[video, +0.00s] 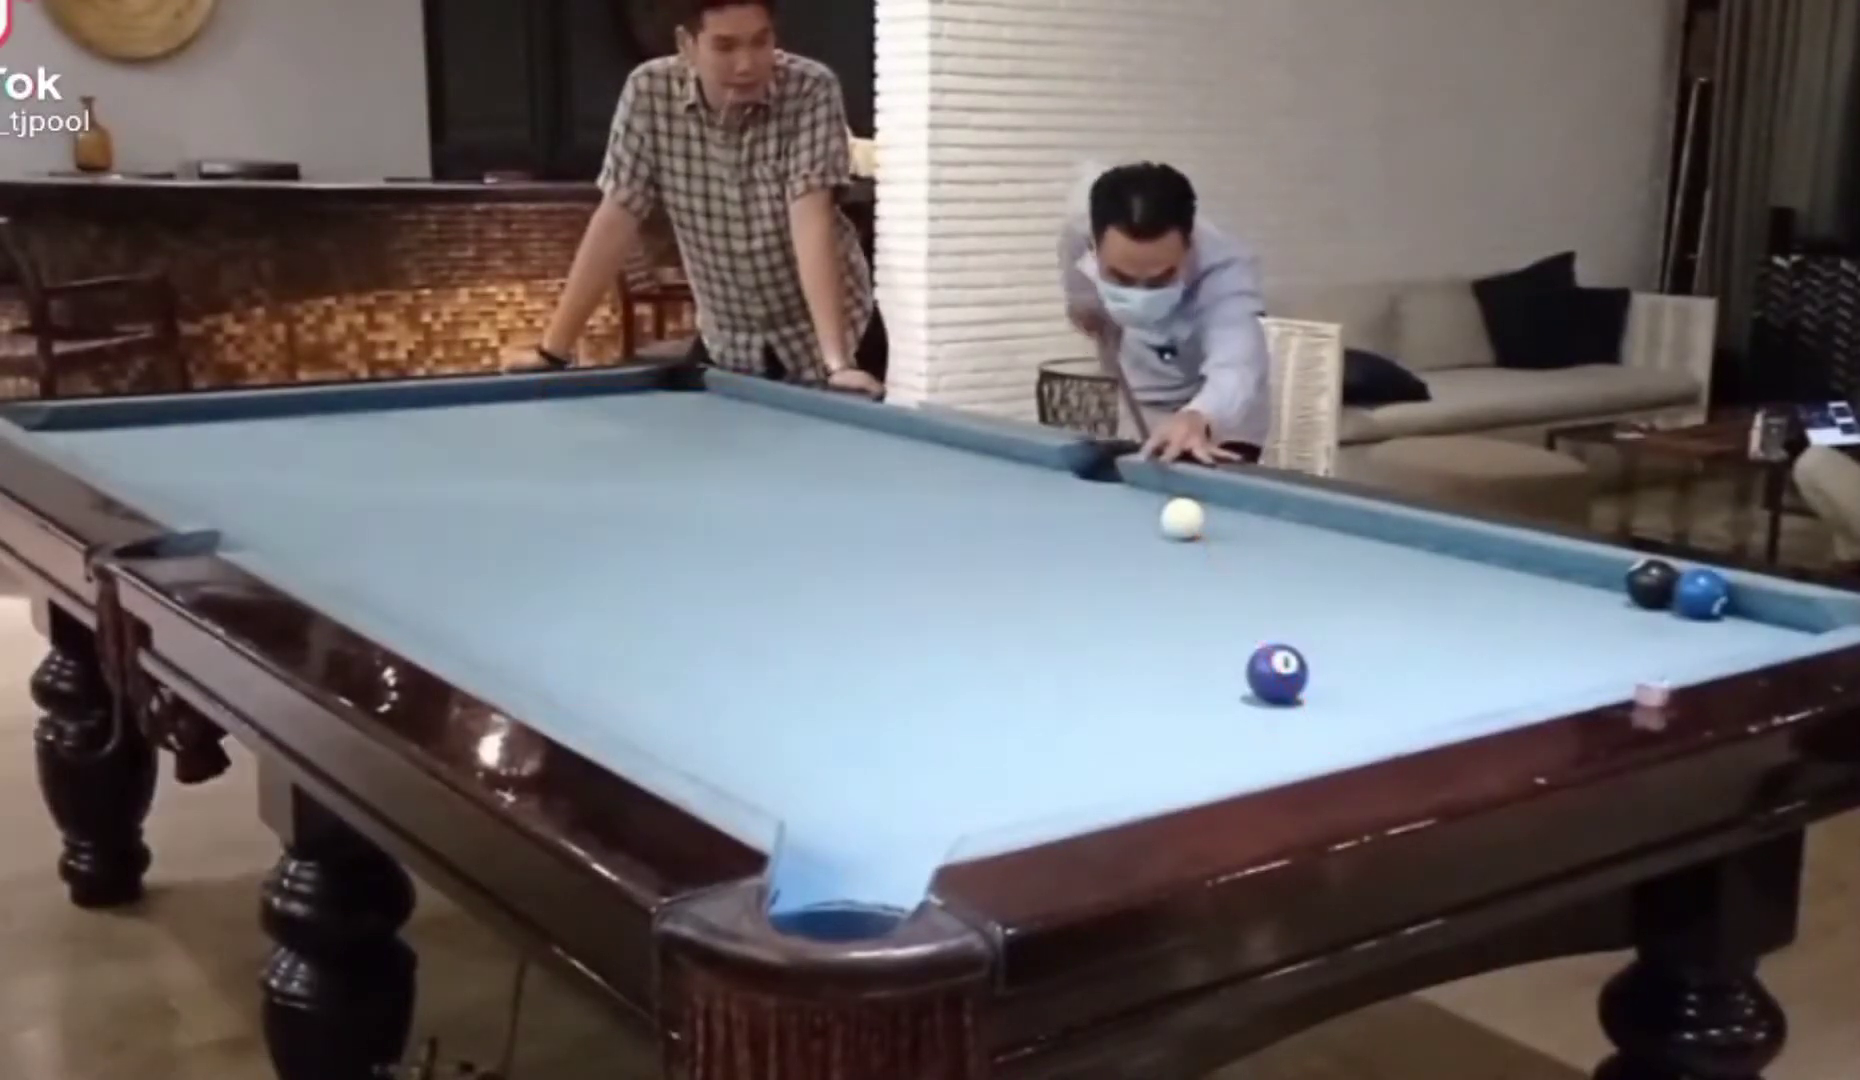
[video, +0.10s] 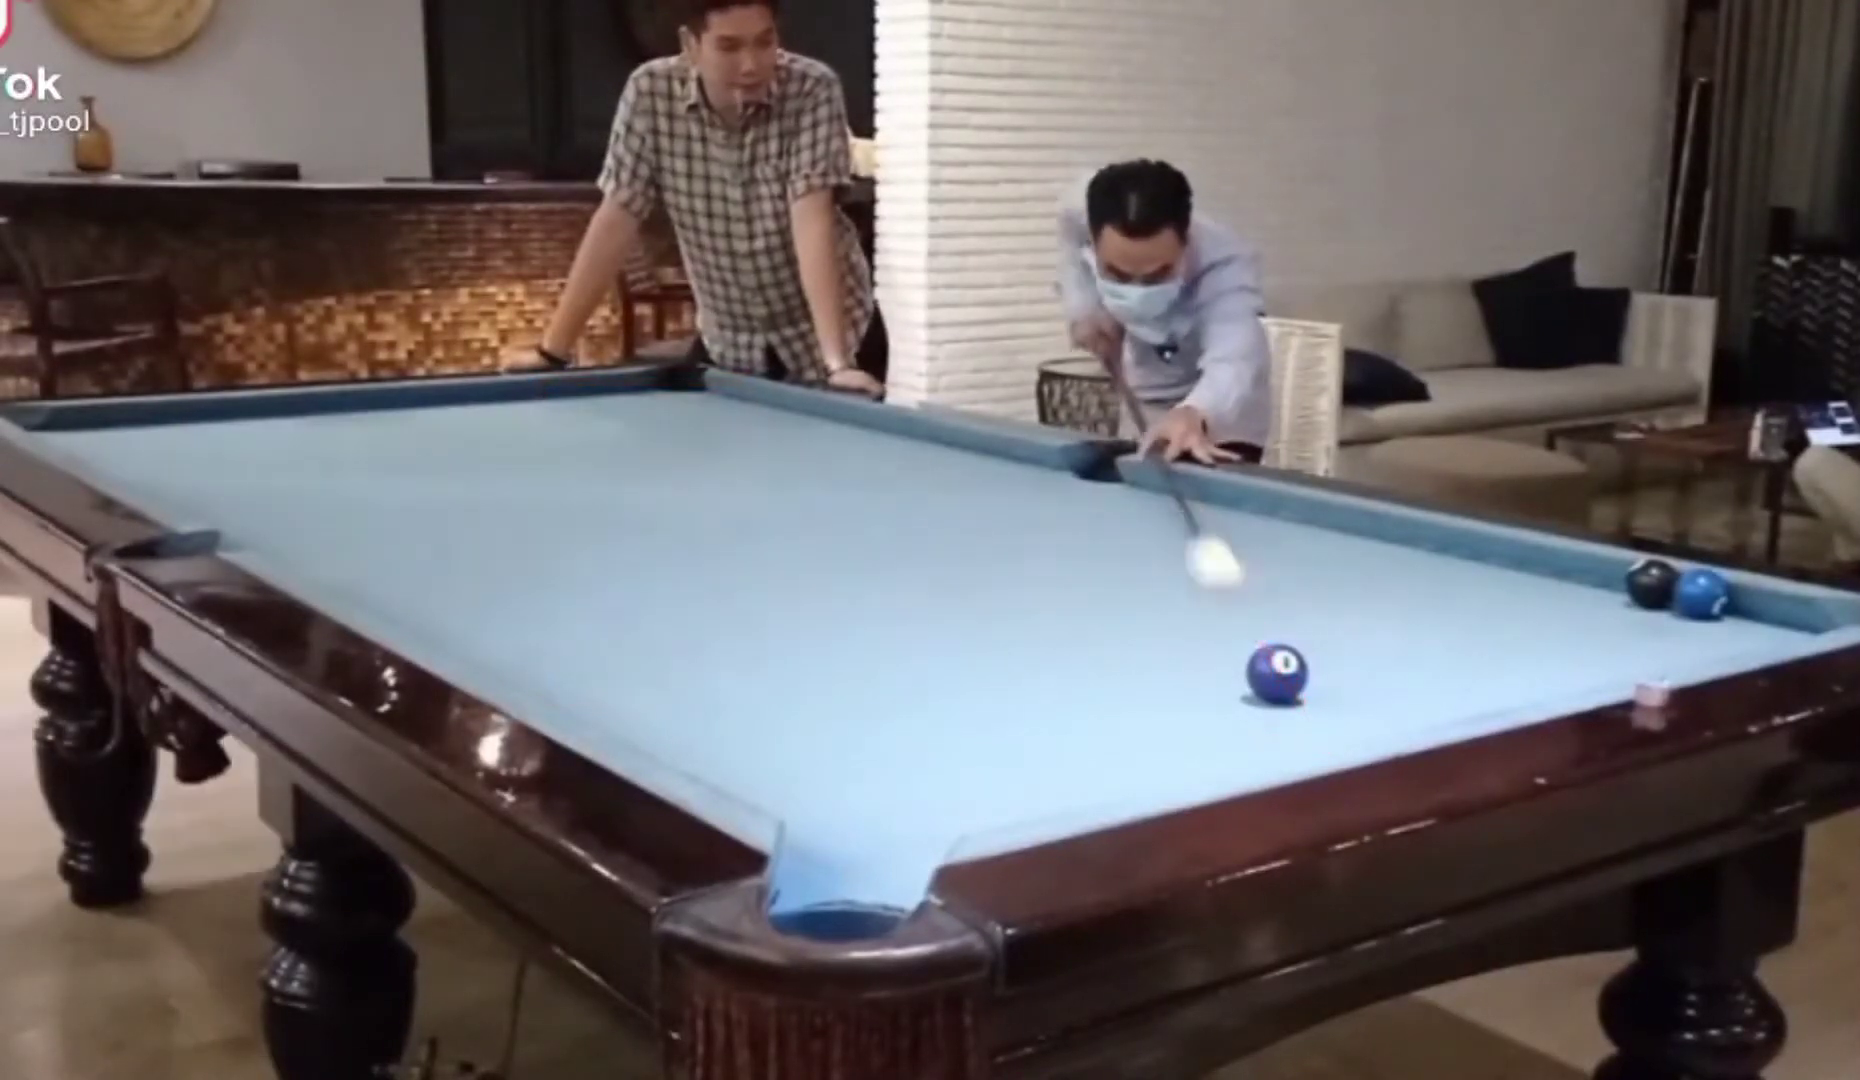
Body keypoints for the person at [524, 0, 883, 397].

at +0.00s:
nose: (746, 65)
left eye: (760, 42)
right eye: (724, 47)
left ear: (775, 36)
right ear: (687, 46)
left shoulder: (810, 89)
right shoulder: (650, 92)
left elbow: (811, 212)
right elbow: (618, 214)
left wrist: (838, 363)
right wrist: (553, 351)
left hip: (832, 343)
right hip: (728, 345)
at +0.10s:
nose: (751, 65)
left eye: (763, 42)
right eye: (729, 47)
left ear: (778, 35)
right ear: (691, 46)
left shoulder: (812, 89)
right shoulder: (651, 93)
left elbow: (813, 213)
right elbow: (618, 214)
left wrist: (837, 362)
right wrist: (553, 350)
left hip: (834, 342)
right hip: (730, 345)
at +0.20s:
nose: (752, 64)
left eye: (765, 41)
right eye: (730, 45)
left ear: (780, 35)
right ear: (693, 45)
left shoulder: (813, 89)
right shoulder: (651, 92)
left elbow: (814, 213)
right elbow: (619, 214)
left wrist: (838, 363)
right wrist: (553, 351)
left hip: (830, 343)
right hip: (728, 344)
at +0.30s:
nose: (752, 60)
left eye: (765, 39)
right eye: (730, 41)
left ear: (781, 36)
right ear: (694, 43)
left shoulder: (814, 89)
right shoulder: (651, 92)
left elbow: (814, 213)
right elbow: (619, 214)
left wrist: (838, 363)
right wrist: (553, 351)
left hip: (830, 344)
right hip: (728, 345)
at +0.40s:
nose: (751, 58)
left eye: (765, 37)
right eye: (730, 39)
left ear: (781, 35)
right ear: (693, 41)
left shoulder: (814, 88)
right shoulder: (651, 91)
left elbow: (814, 213)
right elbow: (619, 214)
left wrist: (838, 362)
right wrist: (553, 351)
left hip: (829, 344)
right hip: (727, 346)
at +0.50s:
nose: (750, 55)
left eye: (764, 34)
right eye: (728, 37)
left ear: (780, 32)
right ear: (692, 40)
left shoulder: (814, 89)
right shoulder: (650, 91)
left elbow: (814, 214)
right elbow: (618, 215)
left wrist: (838, 362)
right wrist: (552, 353)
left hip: (830, 346)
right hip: (726, 349)